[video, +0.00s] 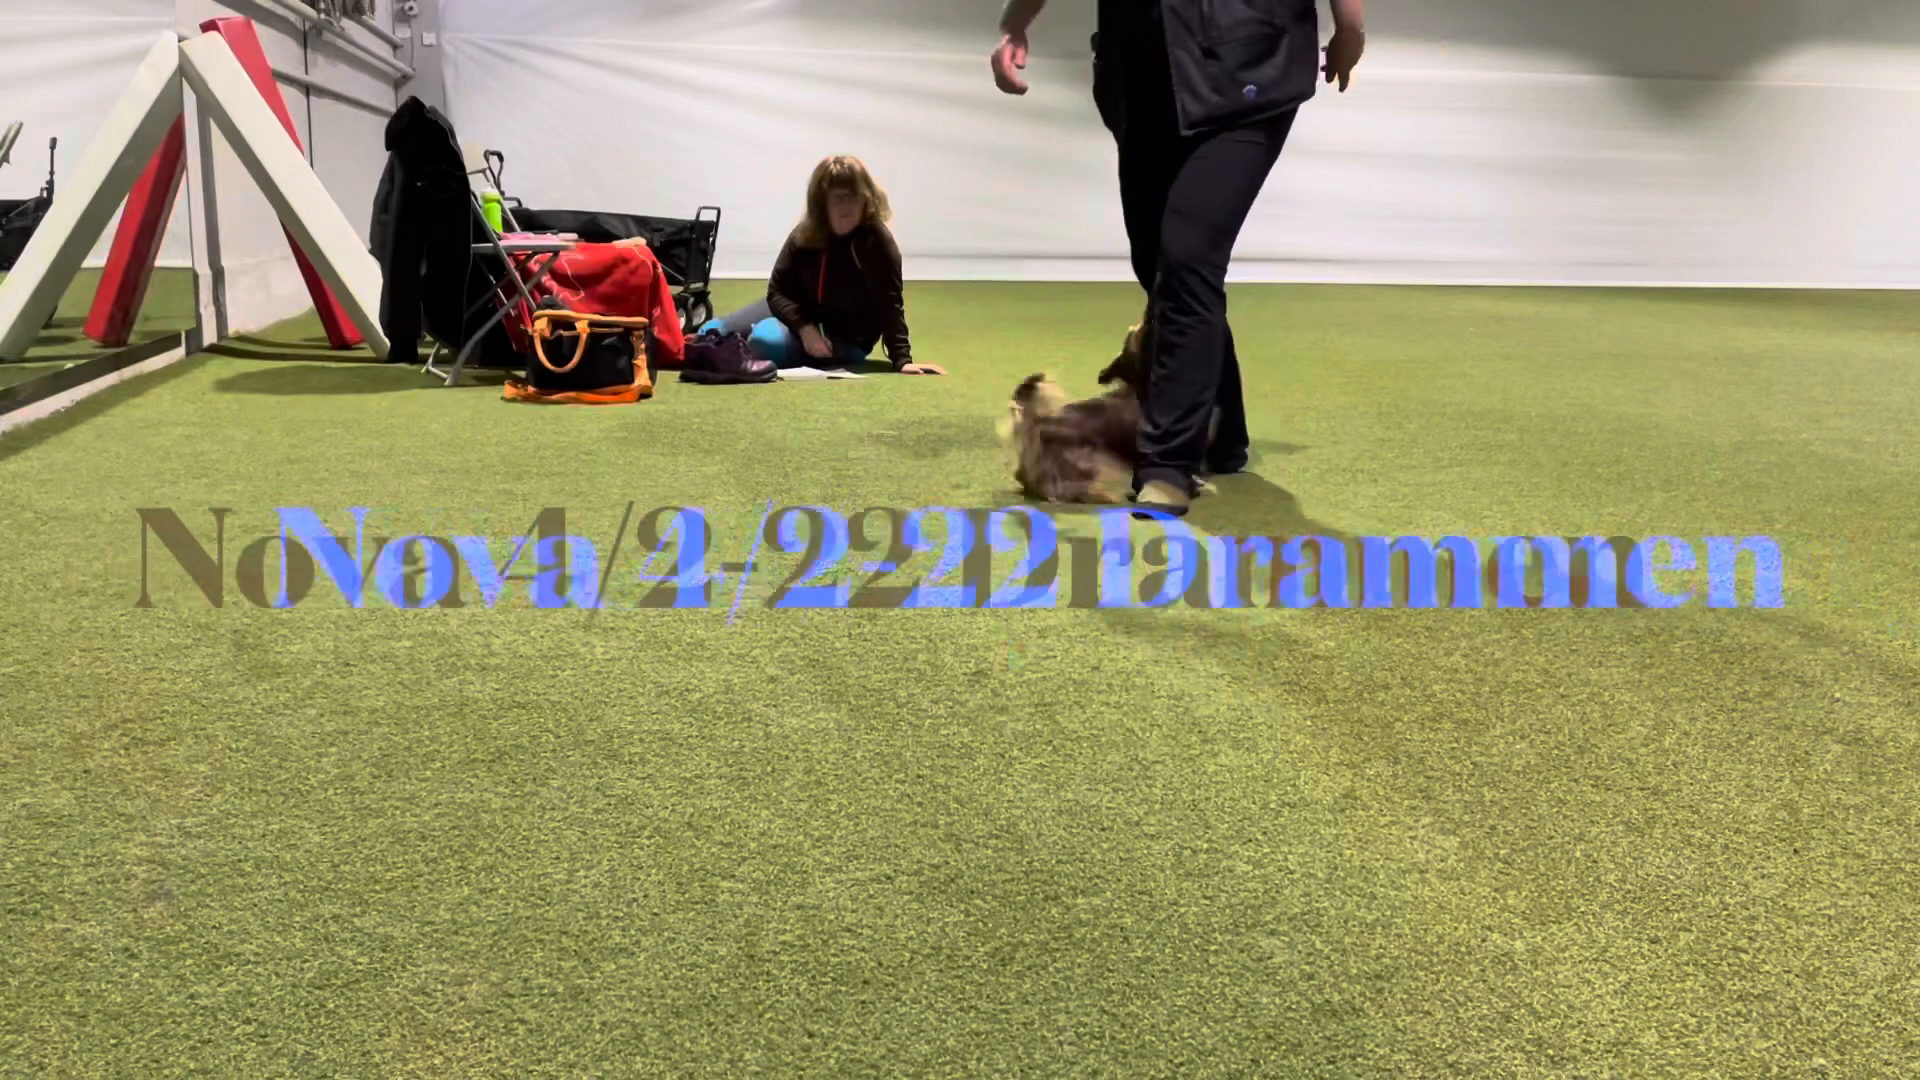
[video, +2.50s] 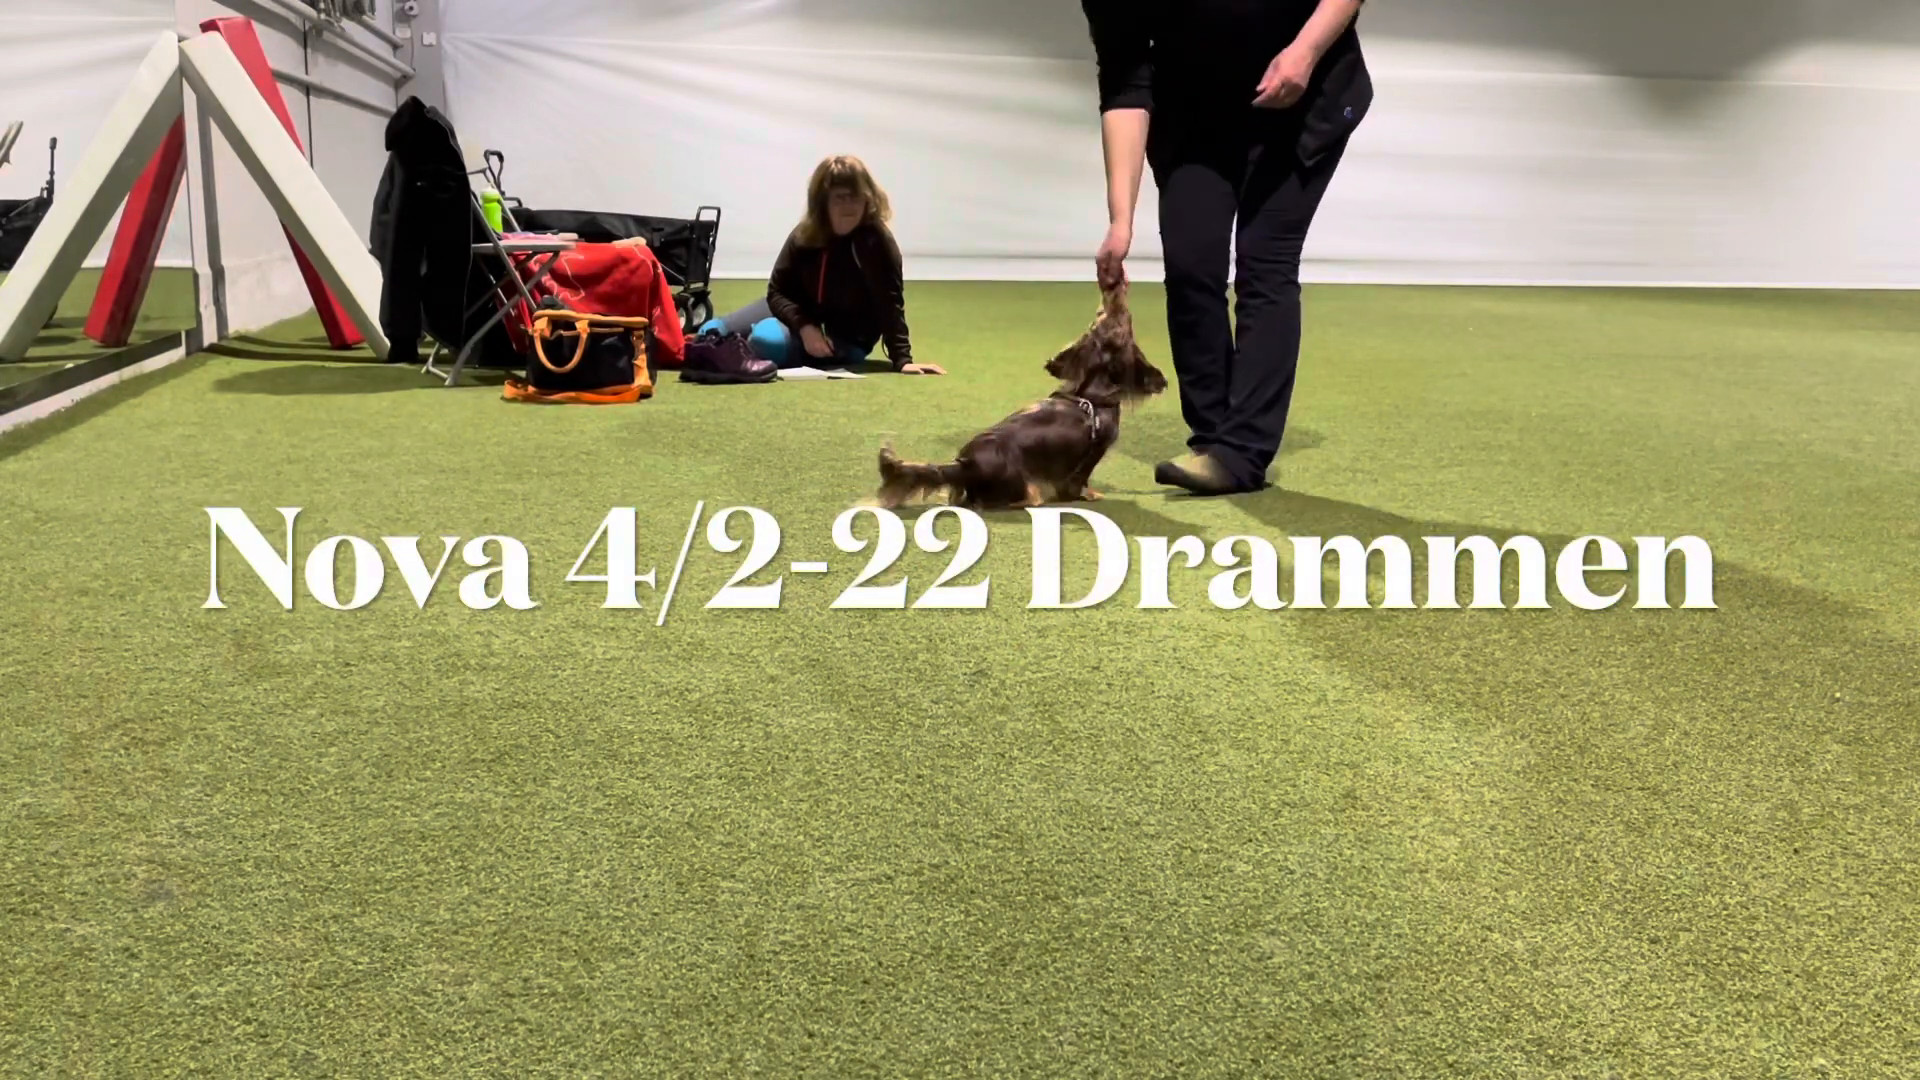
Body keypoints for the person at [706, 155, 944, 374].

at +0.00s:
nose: (846, 205)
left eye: (853, 197)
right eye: (837, 197)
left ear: (866, 201)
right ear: (821, 201)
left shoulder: (879, 244)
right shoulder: (804, 237)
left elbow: (891, 303)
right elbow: (777, 291)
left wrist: (902, 361)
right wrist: (805, 328)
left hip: (842, 338)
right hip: (796, 313)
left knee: (765, 338)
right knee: (712, 332)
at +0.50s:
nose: (846, 205)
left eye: (854, 196)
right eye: (838, 197)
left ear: (866, 201)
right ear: (821, 201)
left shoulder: (878, 243)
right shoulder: (805, 236)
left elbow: (891, 303)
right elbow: (778, 292)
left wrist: (902, 360)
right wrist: (805, 328)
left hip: (840, 338)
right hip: (794, 313)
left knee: (764, 337)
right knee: (717, 330)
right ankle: (700, 334)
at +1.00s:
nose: (846, 205)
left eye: (854, 196)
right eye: (838, 197)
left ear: (866, 201)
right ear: (822, 201)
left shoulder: (878, 242)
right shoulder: (804, 237)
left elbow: (891, 303)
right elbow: (778, 292)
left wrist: (903, 361)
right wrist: (804, 327)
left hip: (840, 338)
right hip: (794, 314)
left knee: (763, 337)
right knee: (714, 331)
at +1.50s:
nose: (848, 204)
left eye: (855, 195)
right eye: (839, 196)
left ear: (868, 200)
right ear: (823, 200)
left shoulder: (878, 242)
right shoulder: (805, 236)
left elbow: (891, 302)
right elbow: (778, 292)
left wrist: (902, 360)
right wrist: (804, 327)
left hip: (841, 338)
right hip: (793, 313)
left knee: (764, 337)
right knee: (714, 331)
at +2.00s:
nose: (848, 204)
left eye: (856, 195)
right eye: (839, 196)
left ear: (868, 200)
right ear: (823, 200)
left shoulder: (878, 242)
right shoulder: (805, 236)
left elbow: (891, 302)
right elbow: (778, 292)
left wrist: (902, 360)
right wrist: (805, 327)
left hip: (841, 338)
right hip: (794, 313)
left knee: (764, 337)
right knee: (714, 331)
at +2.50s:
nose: (848, 204)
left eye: (855, 195)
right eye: (839, 196)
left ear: (867, 200)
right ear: (822, 201)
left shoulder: (877, 242)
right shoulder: (804, 237)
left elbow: (891, 302)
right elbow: (778, 292)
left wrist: (902, 360)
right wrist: (804, 327)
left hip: (841, 338)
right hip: (794, 313)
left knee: (764, 337)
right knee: (713, 331)